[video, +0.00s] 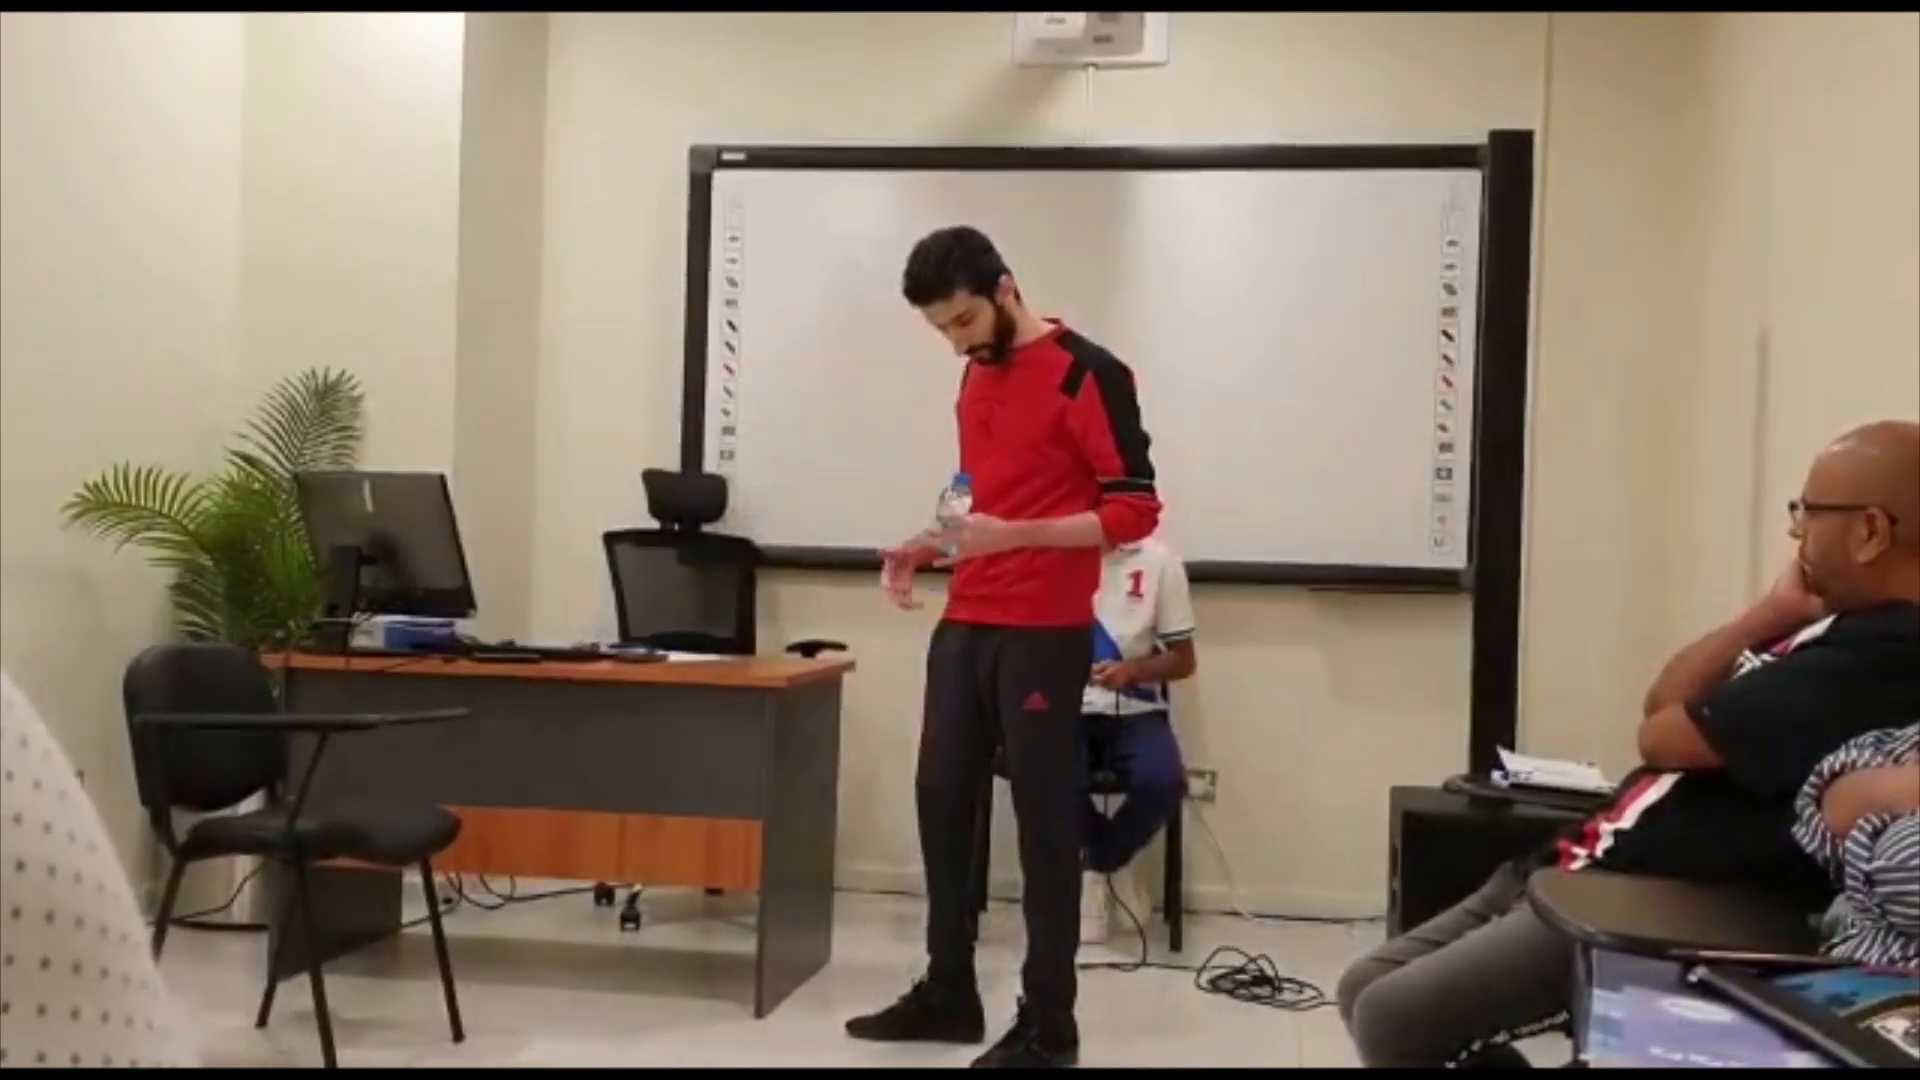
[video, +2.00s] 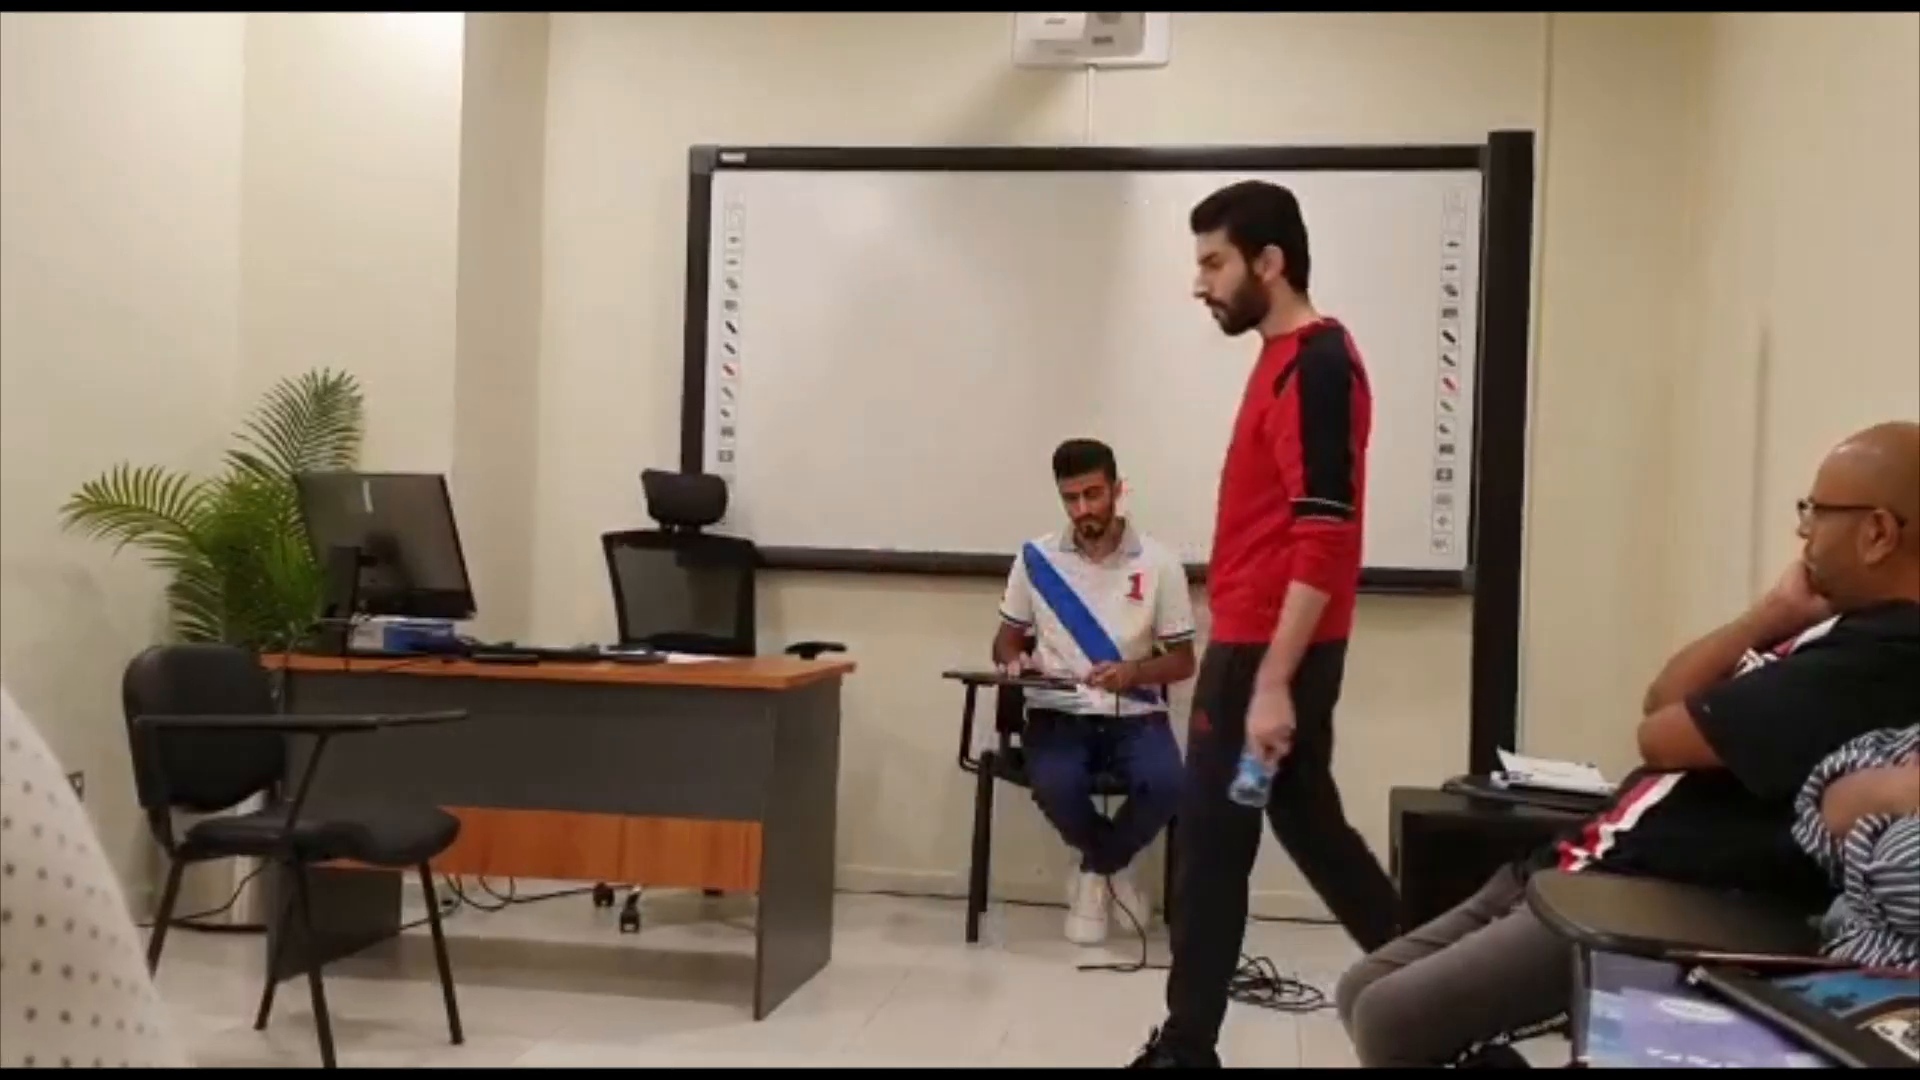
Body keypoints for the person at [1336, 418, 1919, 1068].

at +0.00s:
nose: (1795, 535)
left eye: (1806, 516)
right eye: (1798, 514)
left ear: (1874, 532)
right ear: (1874, 532)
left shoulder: (1883, 650)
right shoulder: (1847, 626)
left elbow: (1666, 739)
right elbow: (1665, 700)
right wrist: (1783, 606)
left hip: (1632, 907)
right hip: (1581, 864)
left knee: (1388, 1019)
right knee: (1364, 985)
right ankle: (1486, 1061)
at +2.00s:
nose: (1801, 534)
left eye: (1814, 514)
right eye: (1806, 513)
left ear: (1880, 533)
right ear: (1881, 533)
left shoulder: (1884, 650)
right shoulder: (1854, 627)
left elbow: (1663, 741)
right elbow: (1662, 701)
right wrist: (1778, 612)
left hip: (1641, 906)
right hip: (1589, 862)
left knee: (1387, 1021)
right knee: (1363, 988)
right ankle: (1486, 1060)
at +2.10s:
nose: (1802, 534)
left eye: (1814, 514)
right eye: (1806, 513)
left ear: (1880, 533)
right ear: (1881, 534)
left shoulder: (1883, 652)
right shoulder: (1854, 628)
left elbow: (1664, 741)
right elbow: (1663, 699)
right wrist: (1779, 612)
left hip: (1639, 906)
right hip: (1588, 862)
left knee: (1387, 1021)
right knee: (1362, 988)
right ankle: (1485, 1060)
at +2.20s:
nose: (1802, 533)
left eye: (1815, 513)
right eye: (1806, 513)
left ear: (1880, 533)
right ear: (1881, 534)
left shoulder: (1883, 652)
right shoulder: (1854, 628)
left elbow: (1664, 741)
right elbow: (1664, 699)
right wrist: (1780, 612)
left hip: (1641, 907)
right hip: (1589, 863)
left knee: (1386, 1021)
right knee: (1364, 987)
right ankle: (1488, 1060)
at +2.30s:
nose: (1801, 534)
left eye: (1814, 514)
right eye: (1806, 513)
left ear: (1880, 533)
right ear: (1881, 534)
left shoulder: (1882, 652)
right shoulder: (1854, 628)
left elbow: (1664, 741)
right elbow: (1664, 699)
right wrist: (1779, 612)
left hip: (1643, 906)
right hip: (1592, 865)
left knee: (1387, 1021)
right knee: (1363, 987)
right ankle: (1482, 1059)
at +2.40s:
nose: (1801, 534)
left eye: (1814, 514)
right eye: (1806, 513)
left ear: (1880, 533)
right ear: (1881, 534)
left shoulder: (1883, 651)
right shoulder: (1854, 628)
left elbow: (1664, 741)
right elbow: (1665, 699)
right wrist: (1779, 612)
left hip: (1643, 907)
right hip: (1590, 865)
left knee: (1386, 1021)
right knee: (1364, 986)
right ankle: (1479, 1060)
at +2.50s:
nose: (1801, 534)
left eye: (1814, 514)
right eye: (1806, 513)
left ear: (1880, 534)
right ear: (1881, 534)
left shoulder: (1885, 651)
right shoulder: (1855, 629)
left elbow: (1666, 743)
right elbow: (1664, 701)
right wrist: (1782, 611)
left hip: (1642, 906)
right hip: (1593, 864)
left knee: (1386, 1022)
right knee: (1363, 988)